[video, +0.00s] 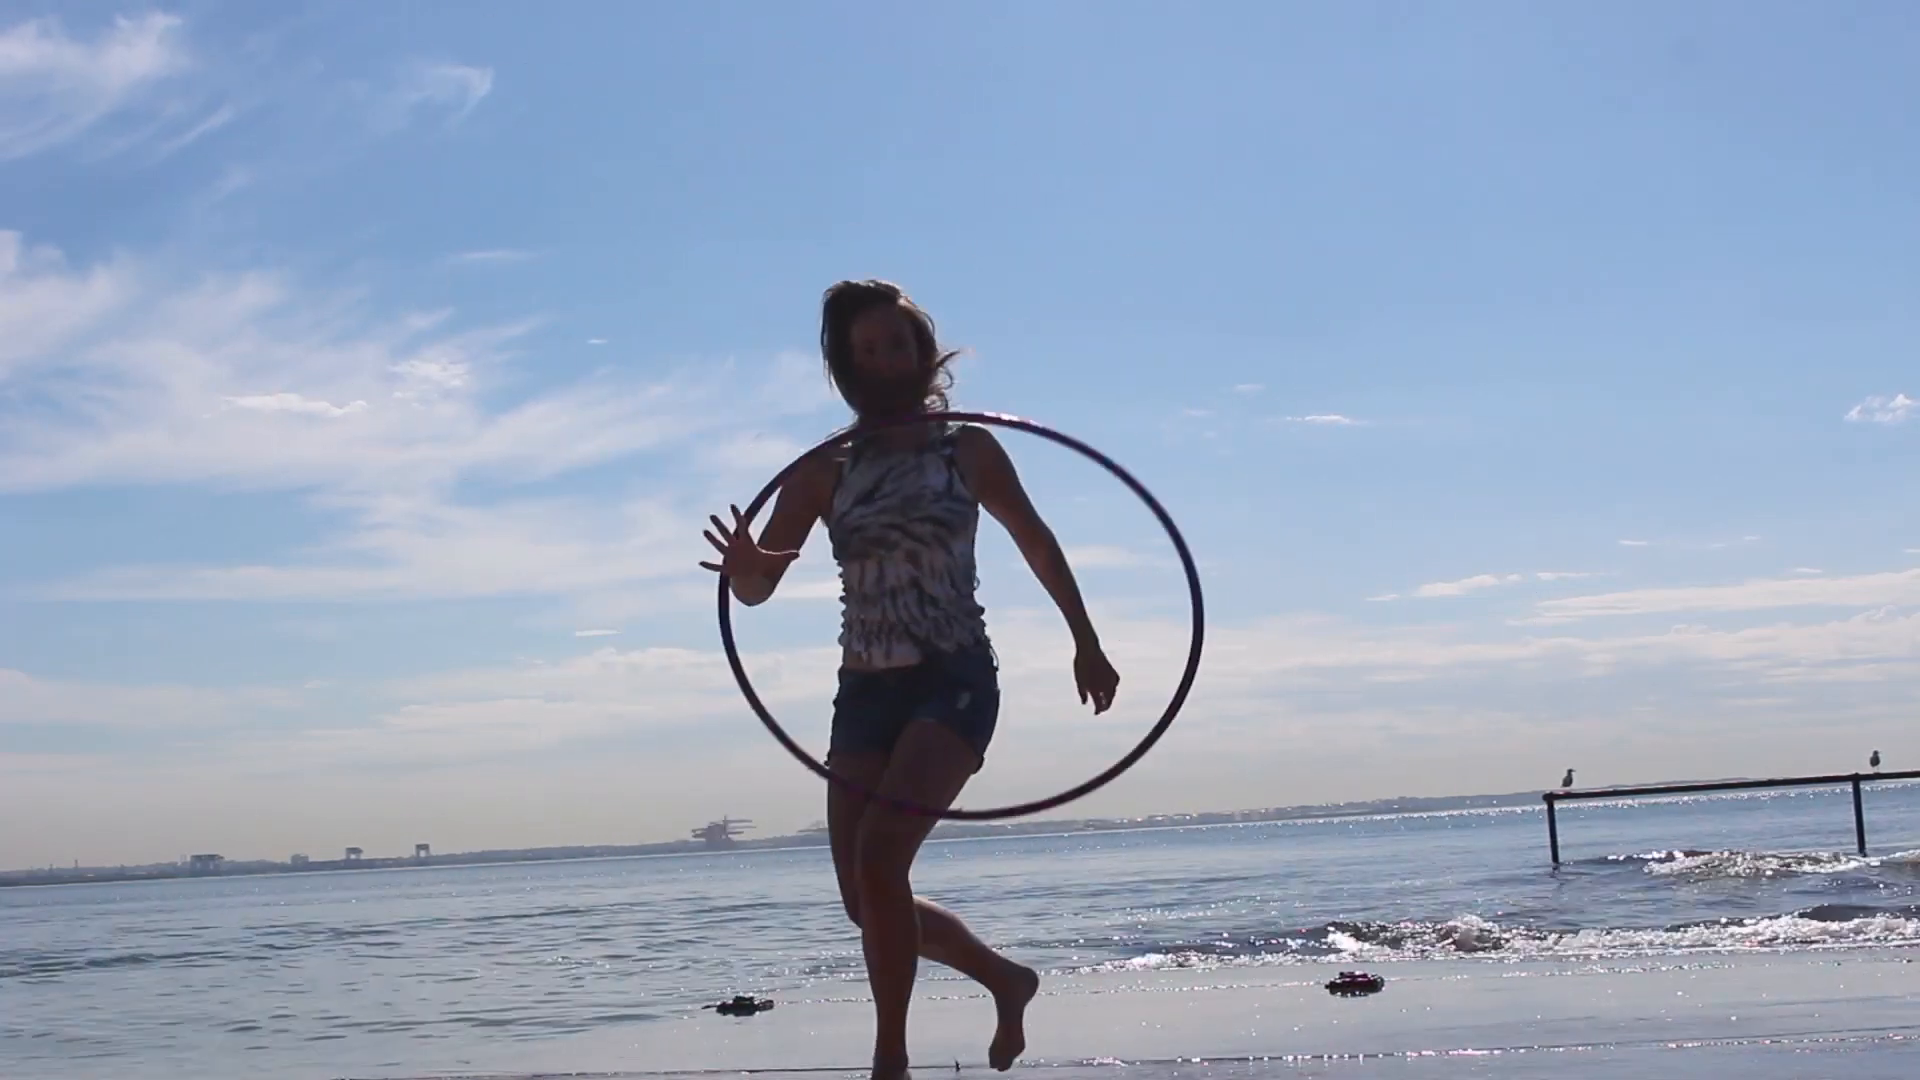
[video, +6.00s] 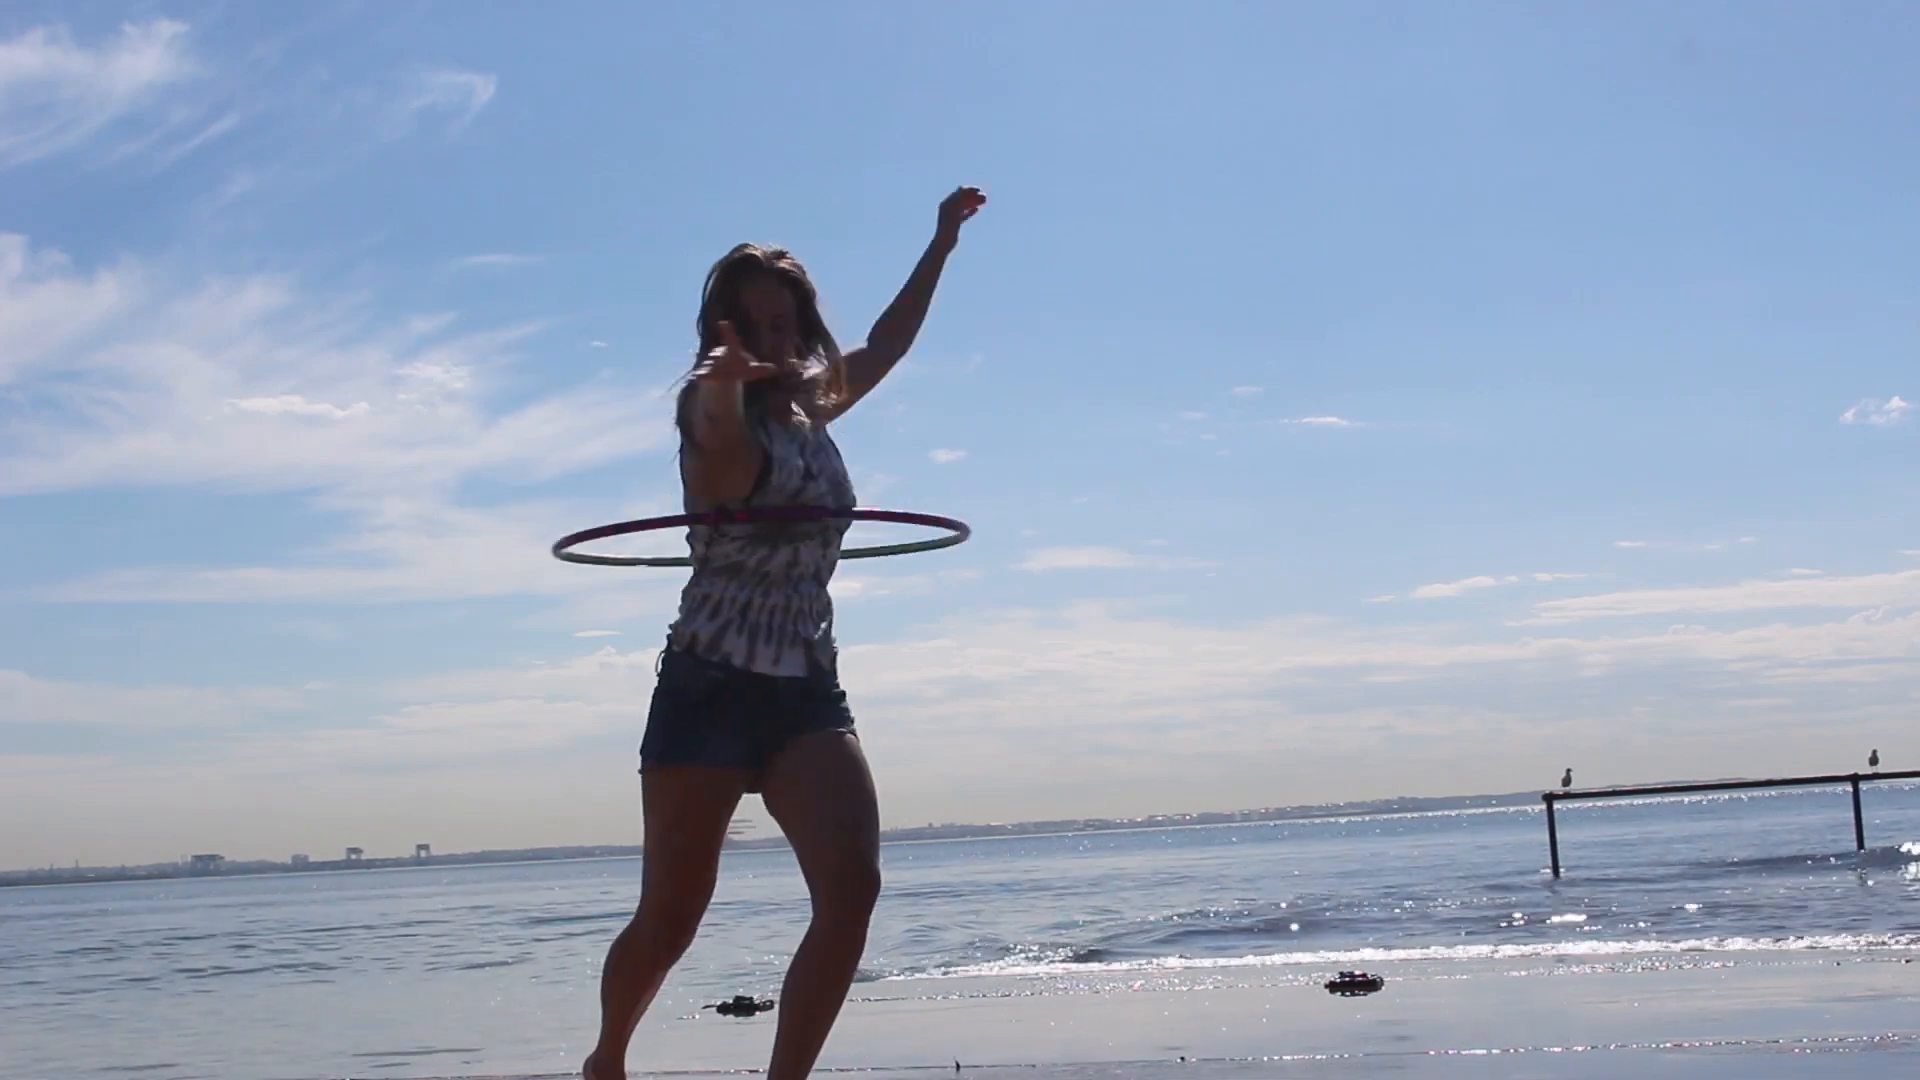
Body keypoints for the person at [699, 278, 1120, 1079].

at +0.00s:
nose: (891, 356)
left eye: (900, 339)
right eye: (871, 348)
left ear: (925, 347)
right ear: (845, 366)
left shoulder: (966, 446)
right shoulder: (822, 469)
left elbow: (1035, 540)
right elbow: (757, 585)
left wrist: (1086, 639)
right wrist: (743, 562)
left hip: (954, 679)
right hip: (867, 688)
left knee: (881, 859)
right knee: (863, 900)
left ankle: (890, 1053)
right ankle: (1006, 979)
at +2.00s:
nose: (830, 336)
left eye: (840, 319)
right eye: (810, 324)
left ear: (858, 328)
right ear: (777, 336)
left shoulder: (871, 424)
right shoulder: (763, 419)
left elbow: (982, 422)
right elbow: (784, 381)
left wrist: (930, 432)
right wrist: (869, 381)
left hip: (893, 662)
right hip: (825, 668)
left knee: (890, 895)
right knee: (951, 859)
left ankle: (802, 1072)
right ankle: (1020, 1067)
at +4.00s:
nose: (578, 321)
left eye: (588, 307)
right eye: (581, 308)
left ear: (620, 316)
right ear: (672, 323)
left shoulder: (598, 397)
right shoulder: (700, 410)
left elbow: (534, 431)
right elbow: (785, 430)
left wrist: (481, 360)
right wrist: (704, 361)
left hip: (604, 664)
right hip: (679, 663)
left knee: (584, 897)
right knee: (633, 897)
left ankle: (650, 1072)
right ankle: (755, 1054)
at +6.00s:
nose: (789, 331)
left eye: (796, 314)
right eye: (771, 316)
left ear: (803, 320)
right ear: (729, 325)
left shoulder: (809, 394)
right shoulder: (712, 397)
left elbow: (887, 343)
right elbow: (716, 437)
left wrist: (943, 239)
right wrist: (725, 381)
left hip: (804, 691)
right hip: (707, 685)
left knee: (851, 890)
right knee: (670, 916)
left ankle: (785, 1075)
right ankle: (606, 1062)